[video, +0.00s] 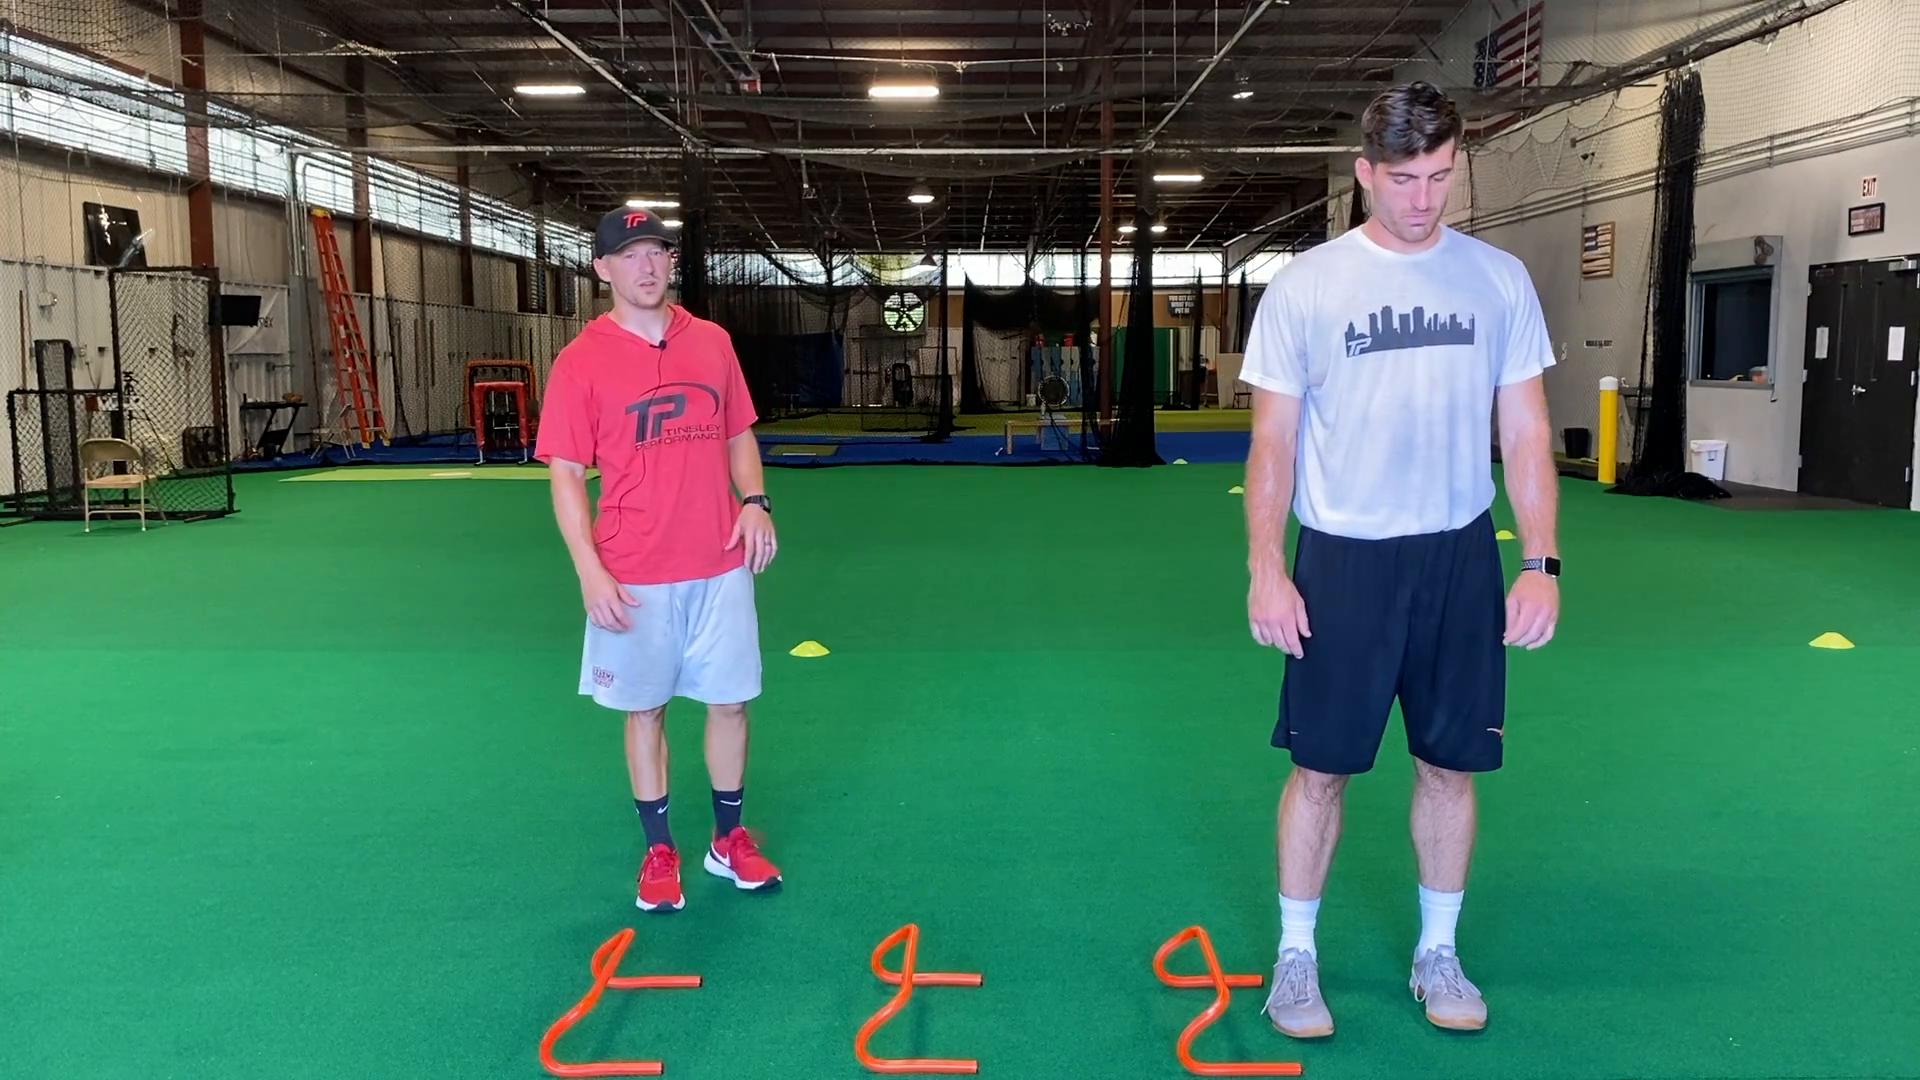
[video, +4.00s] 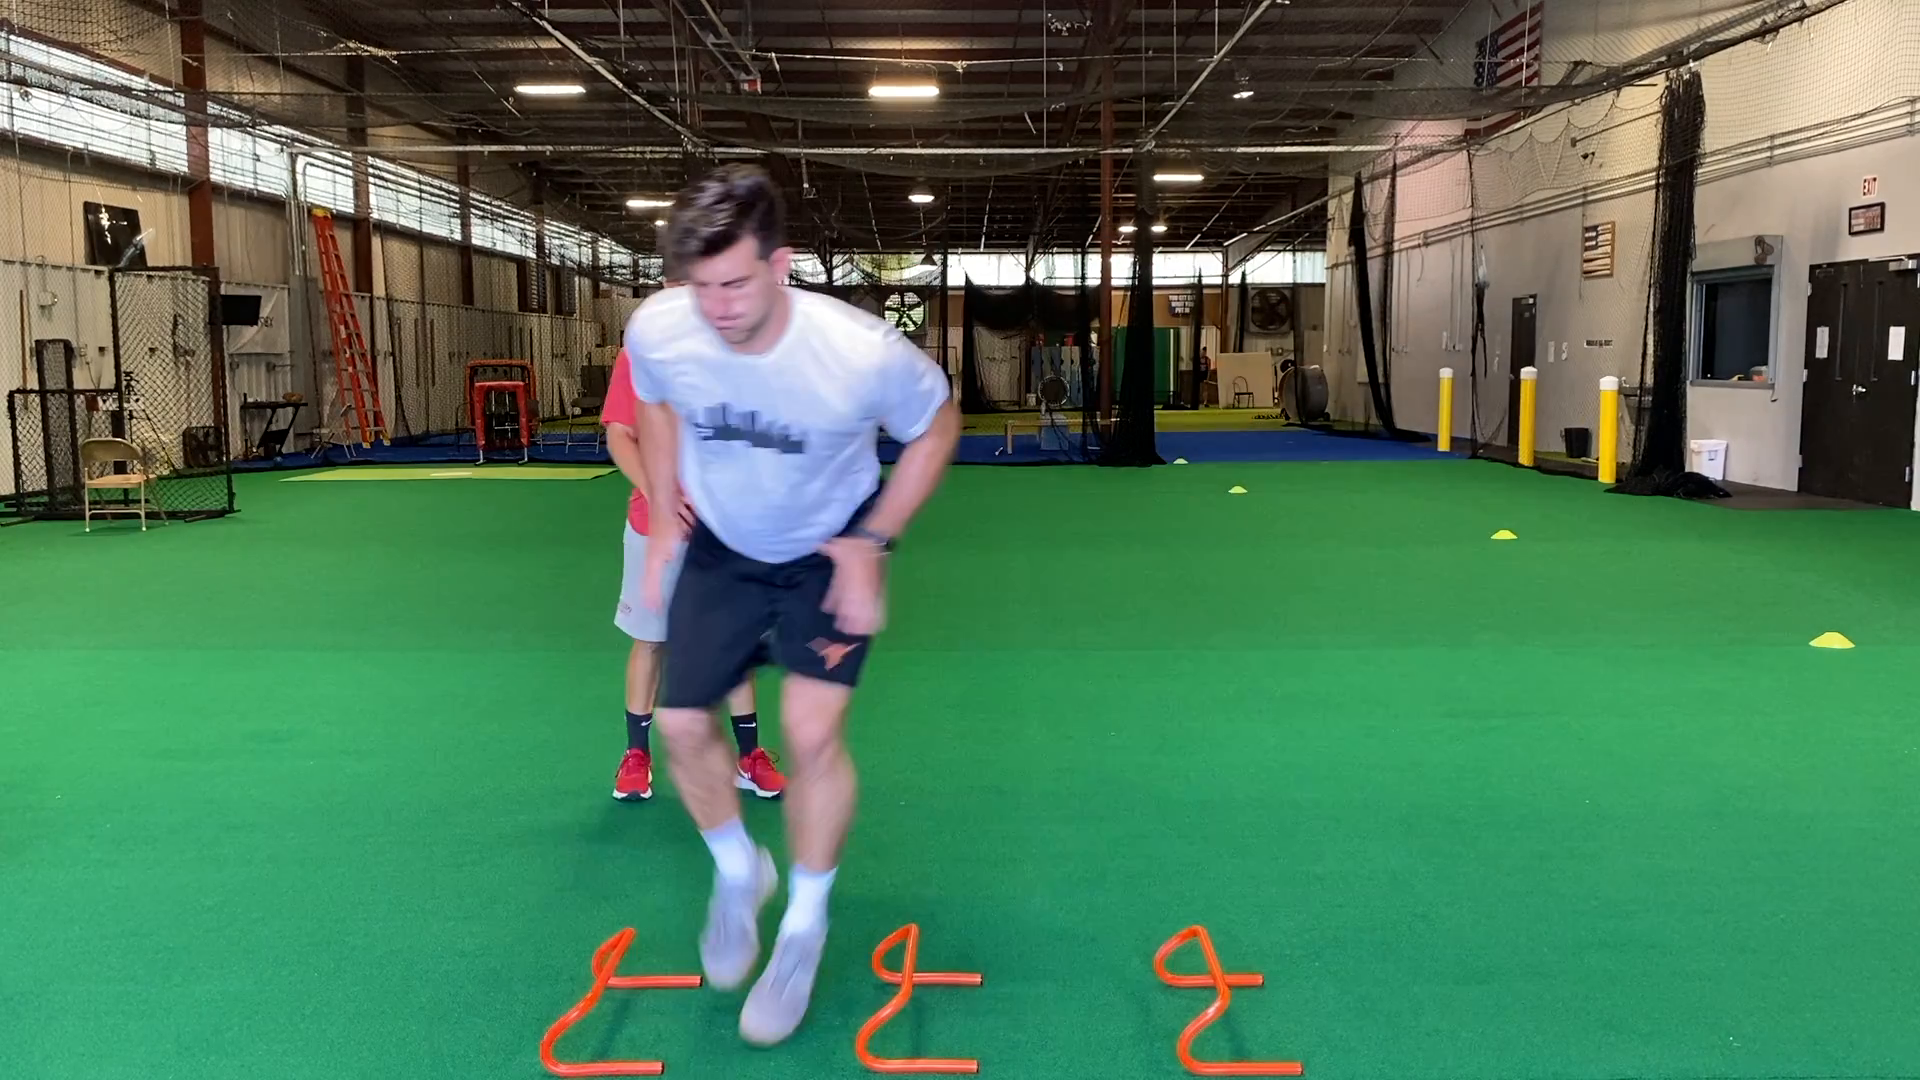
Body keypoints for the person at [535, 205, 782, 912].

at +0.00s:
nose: (651, 265)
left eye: (659, 253)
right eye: (634, 255)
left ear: (673, 262)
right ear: (605, 269)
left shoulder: (711, 342)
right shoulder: (579, 363)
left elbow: (740, 436)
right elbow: (565, 476)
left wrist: (755, 500)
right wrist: (590, 572)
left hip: (719, 567)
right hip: (635, 577)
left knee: (729, 702)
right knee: (644, 711)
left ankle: (729, 839)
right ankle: (659, 851)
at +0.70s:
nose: (737, 275)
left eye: (743, 261)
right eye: (720, 264)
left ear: (751, 266)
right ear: (685, 271)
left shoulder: (784, 347)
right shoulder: (653, 359)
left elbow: (814, 429)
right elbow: (635, 461)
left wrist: (817, 456)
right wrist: (677, 515)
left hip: (780, 561)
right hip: (695, 567)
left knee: (788, 695)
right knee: (680, 704)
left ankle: (809, 834)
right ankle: (664, 850)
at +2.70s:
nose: (712, 286)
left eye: (719, 273)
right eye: (697, 277)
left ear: (731, 277)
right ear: (674, 286)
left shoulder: (772, 344)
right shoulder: (655, 361)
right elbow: (643, 446)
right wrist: (647, 497)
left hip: (765, 537)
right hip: (689, 541)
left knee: (774, 654)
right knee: (701, 658)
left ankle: (767, 737)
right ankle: (708, 789)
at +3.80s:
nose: (730, 294)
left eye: (740, 283)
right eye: (719, 283)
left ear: (757, 288)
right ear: (702, 289)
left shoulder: (774, 353)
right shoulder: (670, 349)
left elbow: (799, 435)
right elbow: (645, 431)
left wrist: (780, 489)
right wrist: (666, 500)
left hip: (754, 532)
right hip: (683, 530)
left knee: (749, 642)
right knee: (662, 642)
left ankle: (754, 753)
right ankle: (637, 752)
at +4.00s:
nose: (700, 297)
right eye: (687, 281)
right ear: (669, 287)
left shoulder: (759, 356)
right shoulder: (643, 350)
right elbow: (618, 434)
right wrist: (658, 496)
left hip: (730, 526)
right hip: (659, 522)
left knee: (737, 646)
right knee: (649, 637)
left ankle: (750, 752)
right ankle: (637, 750)